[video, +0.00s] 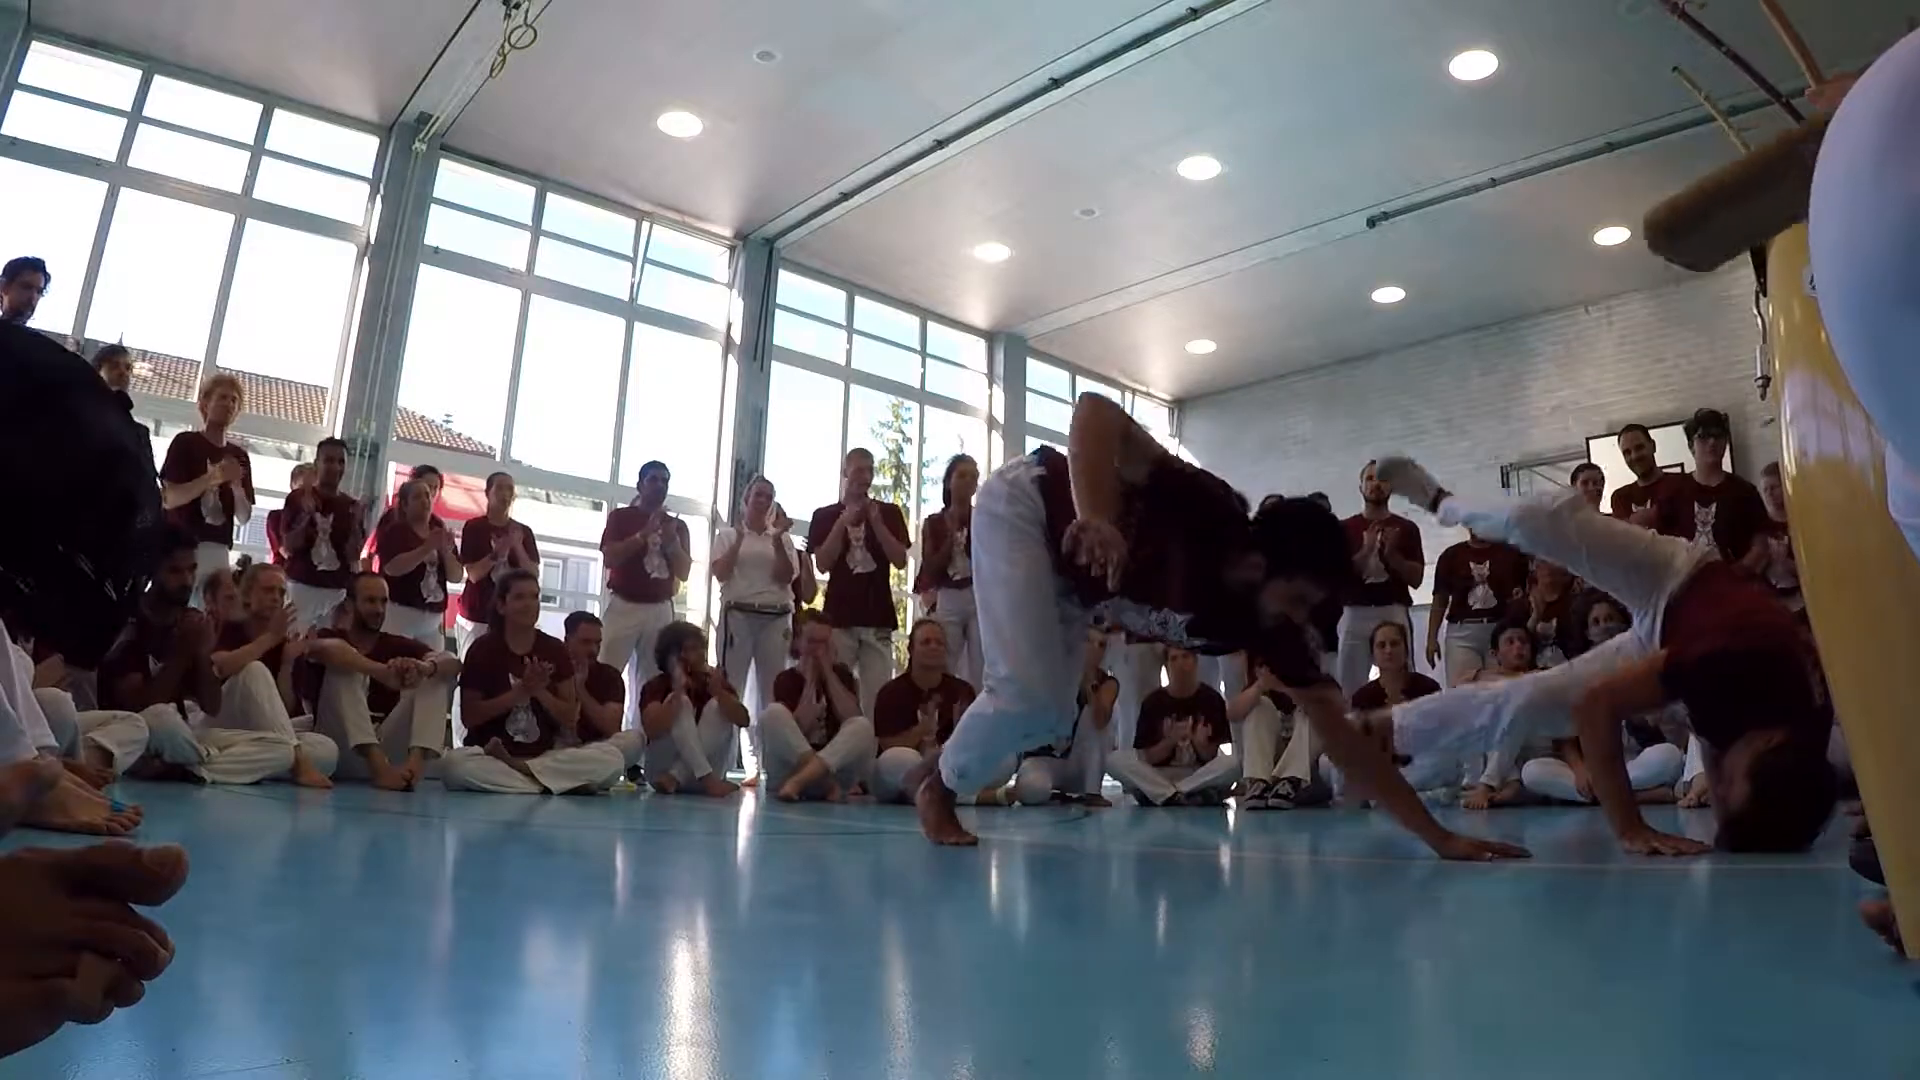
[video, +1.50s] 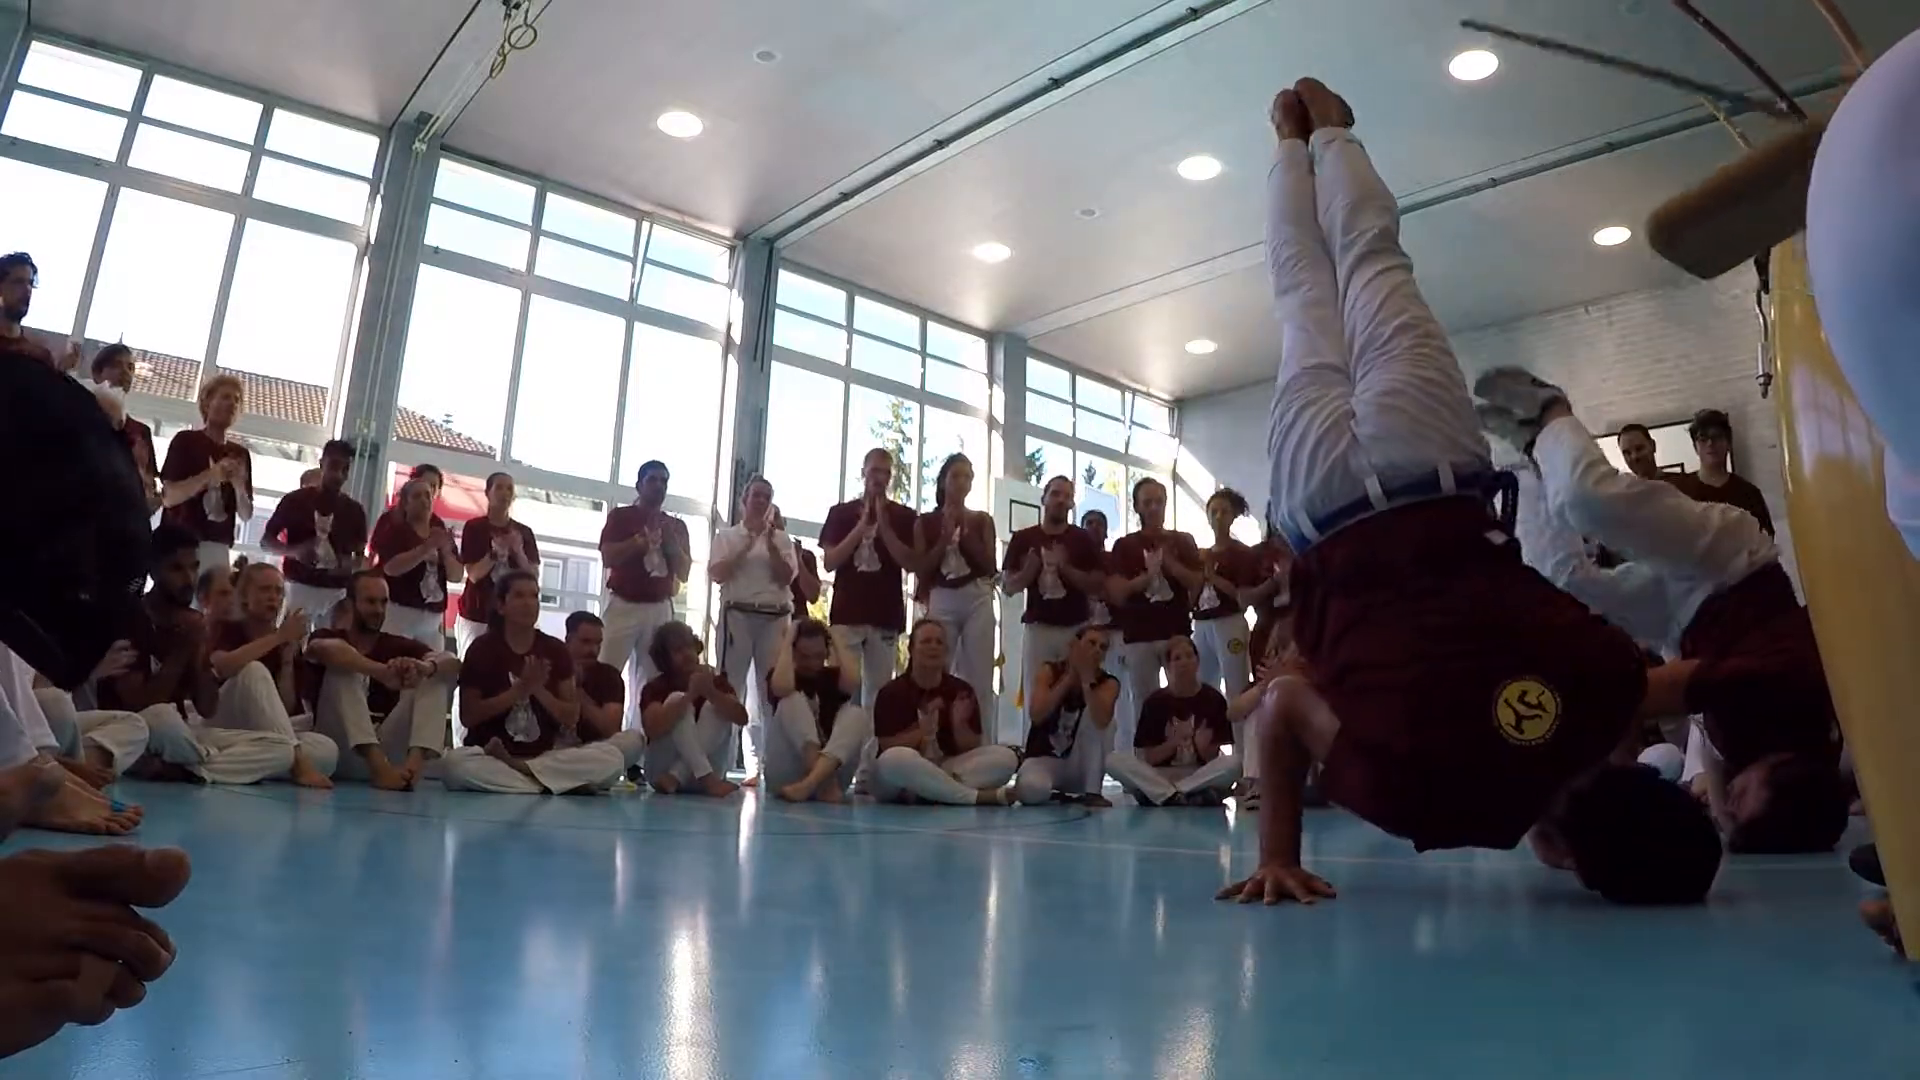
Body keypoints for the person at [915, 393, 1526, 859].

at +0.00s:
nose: (1306, 616)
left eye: (1316, 606)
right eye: (1304, 599)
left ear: (1293, 576)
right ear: (1271, 561)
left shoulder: (1270, 622)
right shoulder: (1207, 507)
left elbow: (1342, 732)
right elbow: (1095, 414)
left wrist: (1437, 837)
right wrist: (1096, 511)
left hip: (1072, 573)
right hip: (1028, 501)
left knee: (1051, 710)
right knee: (1030, 695)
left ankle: (953, 775)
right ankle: (939, 784)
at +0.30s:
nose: (1365, 600)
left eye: (1374, 589)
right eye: (1358, 586)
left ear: (1380, 552)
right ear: (1312, 551)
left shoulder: (1355, 542)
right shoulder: (1223, 509)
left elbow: (1426, 680)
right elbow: (1219, 691)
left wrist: (1512, 798)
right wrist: (1274, 850)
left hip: (1117, 485)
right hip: (1057, 468)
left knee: (1019, 560)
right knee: (1034, 675)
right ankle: (950, 784)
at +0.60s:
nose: (1534, 702)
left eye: (1545, 691)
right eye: (1539, 689)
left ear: (1536, 590)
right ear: (1512, 660)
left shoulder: (1476, 571)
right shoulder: (1379, 623)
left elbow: (1475, 712)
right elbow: (1230, 719)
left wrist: (1529, 840)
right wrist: (1267, 862)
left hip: (1243, 419)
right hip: (1174, 477)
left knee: (1168, 304)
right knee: (1097, 666)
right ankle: (978, 765)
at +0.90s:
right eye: (1665, 840)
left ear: (1624, 724)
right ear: (1608, 811)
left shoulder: (1568, 651)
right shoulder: (1442, 770)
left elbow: (1512, 739)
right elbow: (1278, 705)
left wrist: (1535, 840)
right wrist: (1276, 860)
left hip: (1348, 481)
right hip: (1252, 535)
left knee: (1316, 268)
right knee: (1184, 682)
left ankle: (1263, 39)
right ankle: (1068, 575)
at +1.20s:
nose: (1557, 876)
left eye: (1574, 874)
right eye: (1572, 872)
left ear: (1630, 788)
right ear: (1564, 851)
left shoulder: (1598, 691)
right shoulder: (1416, 796)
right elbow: (1271, 706)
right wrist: (1273, 857)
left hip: (1418, 499)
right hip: (1307, 541)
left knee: (1341, 254)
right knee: (1244, 385)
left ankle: (1260, 60)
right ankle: (1176, 232)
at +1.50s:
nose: (1550, 876)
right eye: (1570, 875)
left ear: (1651, 796)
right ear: (1564, 854)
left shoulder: (1614, 694)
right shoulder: (1425, 794)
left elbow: (1690, 682)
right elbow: (1282, 699)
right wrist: (1277, 858)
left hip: (1453, 494)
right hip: (1328, 527)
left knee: (1375, 263)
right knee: (1307, 312)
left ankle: (1333, 132)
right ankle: (1290, 144)